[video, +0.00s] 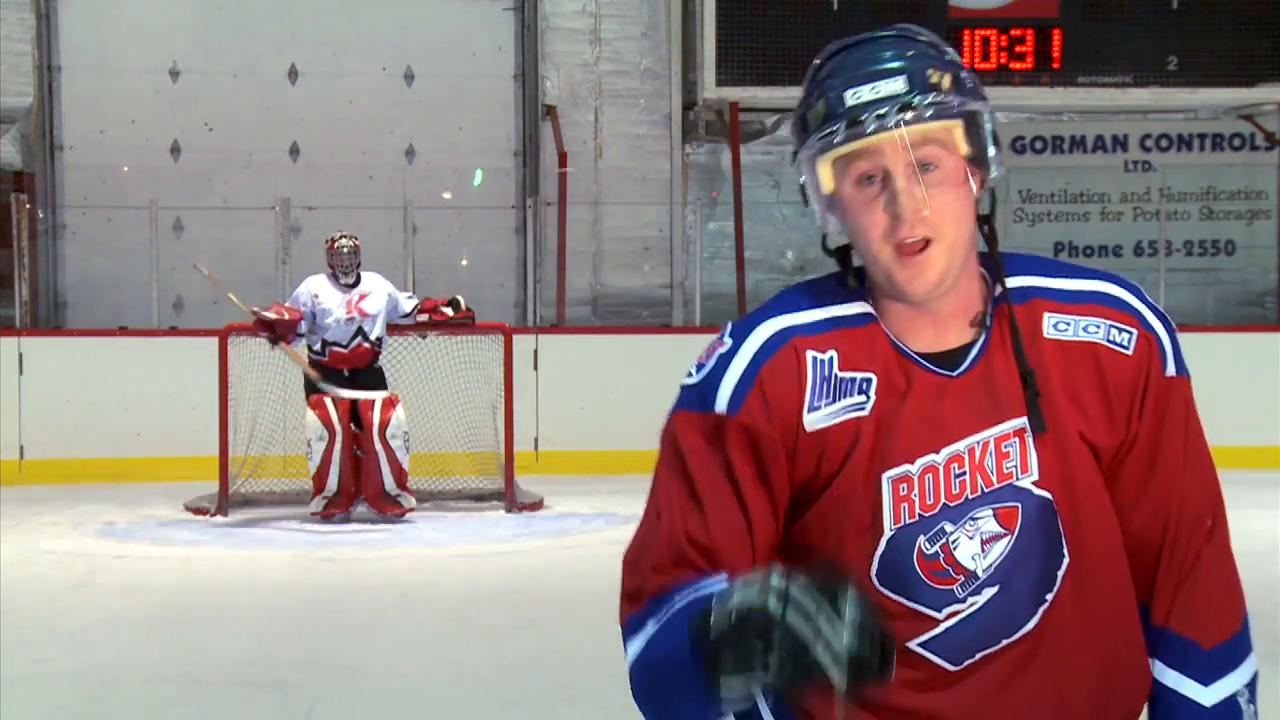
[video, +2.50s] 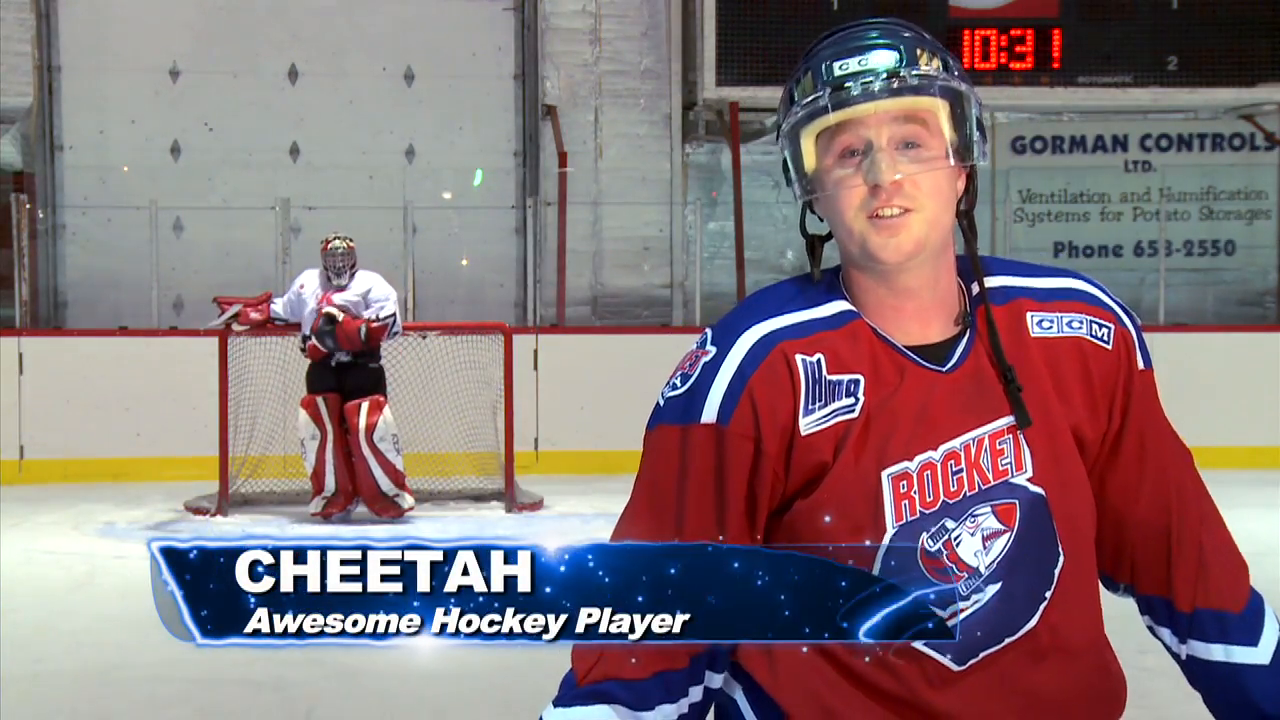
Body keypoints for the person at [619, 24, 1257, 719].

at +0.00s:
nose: (906, 209)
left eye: (927, 166)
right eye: (868, 180)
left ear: (976, 174)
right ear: (830, 207)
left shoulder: (1118, 335)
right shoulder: (763, 372)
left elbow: (1196, 600)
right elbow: (665, 618)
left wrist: (1207, 710)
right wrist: (747, 633)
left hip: (1096, 707)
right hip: (867, 706)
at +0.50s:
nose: (833, 208)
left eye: (853, 166)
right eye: (793, 182)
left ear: (901, 177)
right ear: (751, 212)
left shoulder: (1039, 325)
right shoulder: (682, 389)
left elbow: (1124, 603)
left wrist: (1144, 711)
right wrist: (755, 581)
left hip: (1047, 708)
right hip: (801, 712)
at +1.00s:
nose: (815, 201)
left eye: (837, 163)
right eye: (779, 180)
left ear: (889, 180)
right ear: (741, 221)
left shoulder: (1036, 314)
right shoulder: (689, 413)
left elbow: (1139, 527)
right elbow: (626, 689)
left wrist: (1187, 698)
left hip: (1052, 710)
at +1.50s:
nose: (840, 209)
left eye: (868, 171)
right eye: (805, 183)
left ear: (921, 185)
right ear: (771, 216)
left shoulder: (1063, 316)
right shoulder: (710, 413)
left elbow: (1229, 501)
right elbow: (621, 684)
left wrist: (1272, 648)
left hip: (1056, 702)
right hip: (821, 711)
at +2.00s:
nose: (884, 174)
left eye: (911, 140)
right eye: (849, 151)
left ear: (961, 163)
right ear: (810, 186)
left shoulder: (1084, 327)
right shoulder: (740, 368)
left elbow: (1208, 578)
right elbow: (633, 652)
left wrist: (1264, 701)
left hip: (1062, 707)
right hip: (819, 713)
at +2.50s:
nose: (884, 176)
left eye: (911, 144)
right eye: (851, 153)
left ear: (959, 170)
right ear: (812, 187)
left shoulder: (1080, 327)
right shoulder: (747, 368)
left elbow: (1198, 581)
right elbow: (635, 645)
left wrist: (1268, 700)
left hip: (1068, 708)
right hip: (828, 715)